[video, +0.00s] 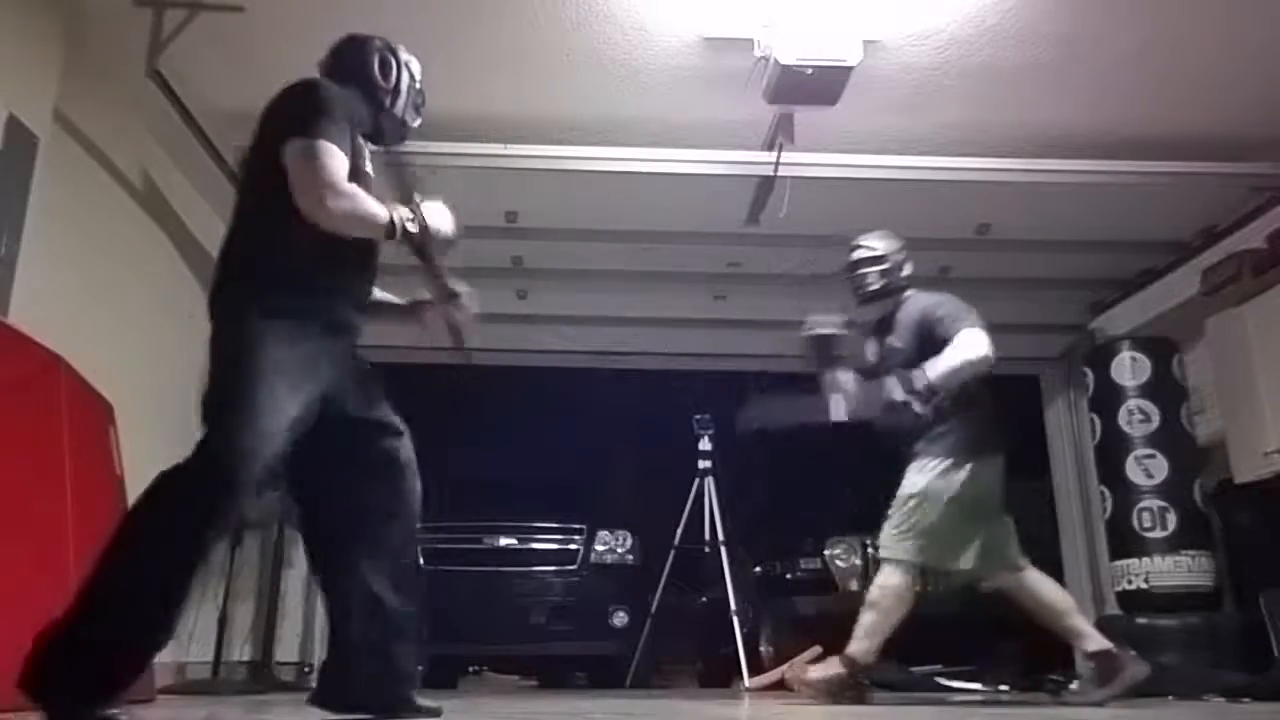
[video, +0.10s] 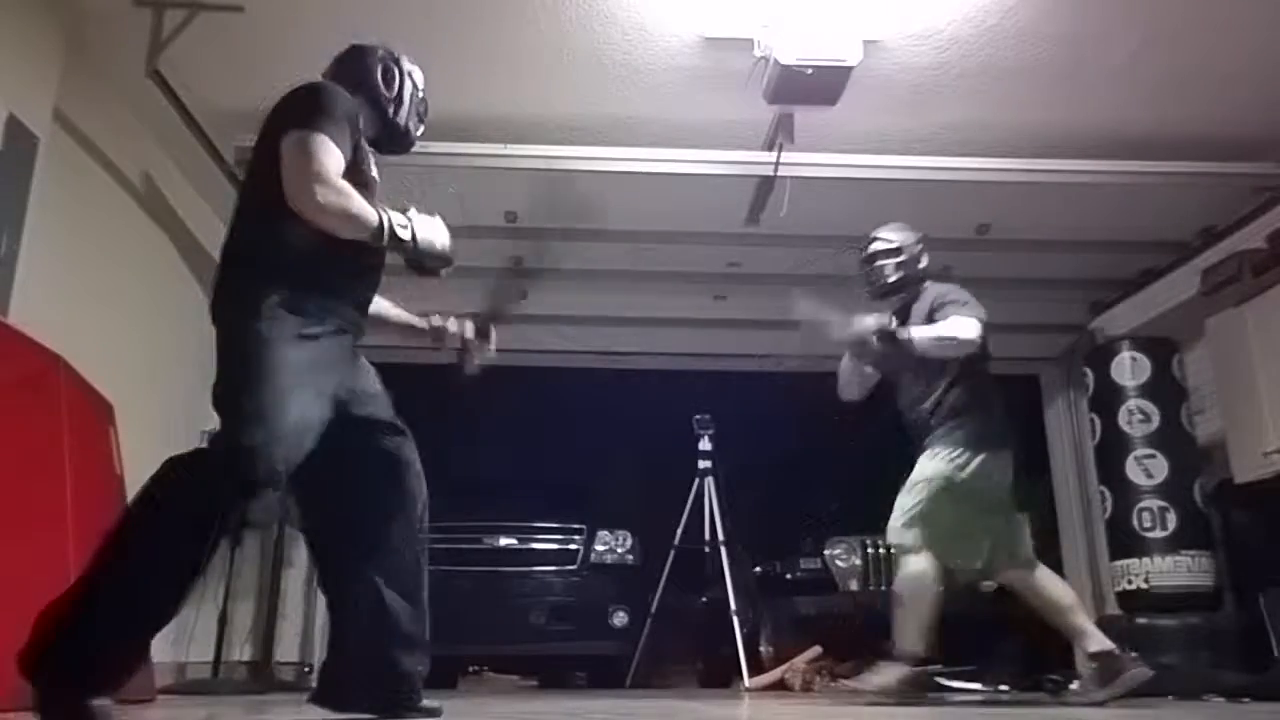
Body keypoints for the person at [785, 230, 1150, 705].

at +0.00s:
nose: (863, 276)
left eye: (873, 265)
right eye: (856, 269)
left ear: (899, 267)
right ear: (852, 278)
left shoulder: (931, 305)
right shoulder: (880, 335)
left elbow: (977, 350)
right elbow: (867, 404)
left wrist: (915, 381)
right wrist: (831, 364)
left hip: (960, 446)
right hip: (941, 450)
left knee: (899, 554)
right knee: (1007, 569)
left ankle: (851, 664)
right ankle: (1104, 656)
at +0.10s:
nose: (880, 266)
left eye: (890, 255)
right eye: (872, 259)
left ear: (919, 257)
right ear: (866, 268)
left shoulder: (943, 296)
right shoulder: (883, 323)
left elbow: (967, 336)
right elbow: (851, 392)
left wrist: (897, 335)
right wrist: (859, 344)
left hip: (970, 434)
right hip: (952, 440)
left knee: (912, 534)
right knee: (1013, 563)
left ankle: (907, 663)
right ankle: (1102, 656)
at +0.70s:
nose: (862, 273)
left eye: (869, 263)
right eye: (856, 267)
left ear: (894, 261)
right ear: (852, 275)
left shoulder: (917, 295)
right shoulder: (874, 316)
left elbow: (902, 340)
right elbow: (846, 378)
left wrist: (835, 346)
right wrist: (835, 330)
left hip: (948, 441)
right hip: (914, 449)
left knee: (939, 546)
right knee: (923, 555)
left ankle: (1003, 659)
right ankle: (947, 664)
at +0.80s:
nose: (853, 281)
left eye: (861, 270)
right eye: (846, 274)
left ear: (888, 269)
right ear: (841, 280)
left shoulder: (911, 302)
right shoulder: (853, 322)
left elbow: (900, 354)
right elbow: (815, 381)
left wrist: (838, 377)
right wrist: (839, 324)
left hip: (940, 431)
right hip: (910, 439)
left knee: (899, 527)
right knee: (929, 550)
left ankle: (967, 646)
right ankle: (957, 660)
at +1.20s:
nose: (821, 269)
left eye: (831, 258)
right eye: (813, 262)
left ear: (858, 262)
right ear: (808, 272)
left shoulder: (879, 306)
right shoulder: (821, 327)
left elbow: (863, 361)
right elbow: (793, 383)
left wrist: (796, 355)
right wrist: (772, 341)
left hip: (888, 447)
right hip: (849, 451)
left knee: (851, 552)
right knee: (872, 566)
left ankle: (836, 666)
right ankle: (939, 657)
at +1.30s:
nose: (810, 270)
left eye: (820, 260)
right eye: (802, 263)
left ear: (846, 262)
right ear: (797, 271)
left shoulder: (873, 306)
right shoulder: (808, 321)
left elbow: (864, 367)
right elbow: (789, 379)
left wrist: (802, 374)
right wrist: (765, 356)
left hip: (881, 443)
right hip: (840, 449)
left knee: (845, 543)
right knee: (858, 562)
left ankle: (836, 665)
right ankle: (930, 655)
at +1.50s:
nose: (803, 276)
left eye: (812, 267)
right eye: (794, 270)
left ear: (836, 270)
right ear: (786, 279)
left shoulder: (859, 307)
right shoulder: (798, 325)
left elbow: (862, 348)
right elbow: (773, 396)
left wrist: (797, 348)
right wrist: (770, 351)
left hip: (872, 445)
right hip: (841, 452)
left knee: (815, 524)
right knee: (857, 567)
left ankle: (823, 658)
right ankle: (932, 661)